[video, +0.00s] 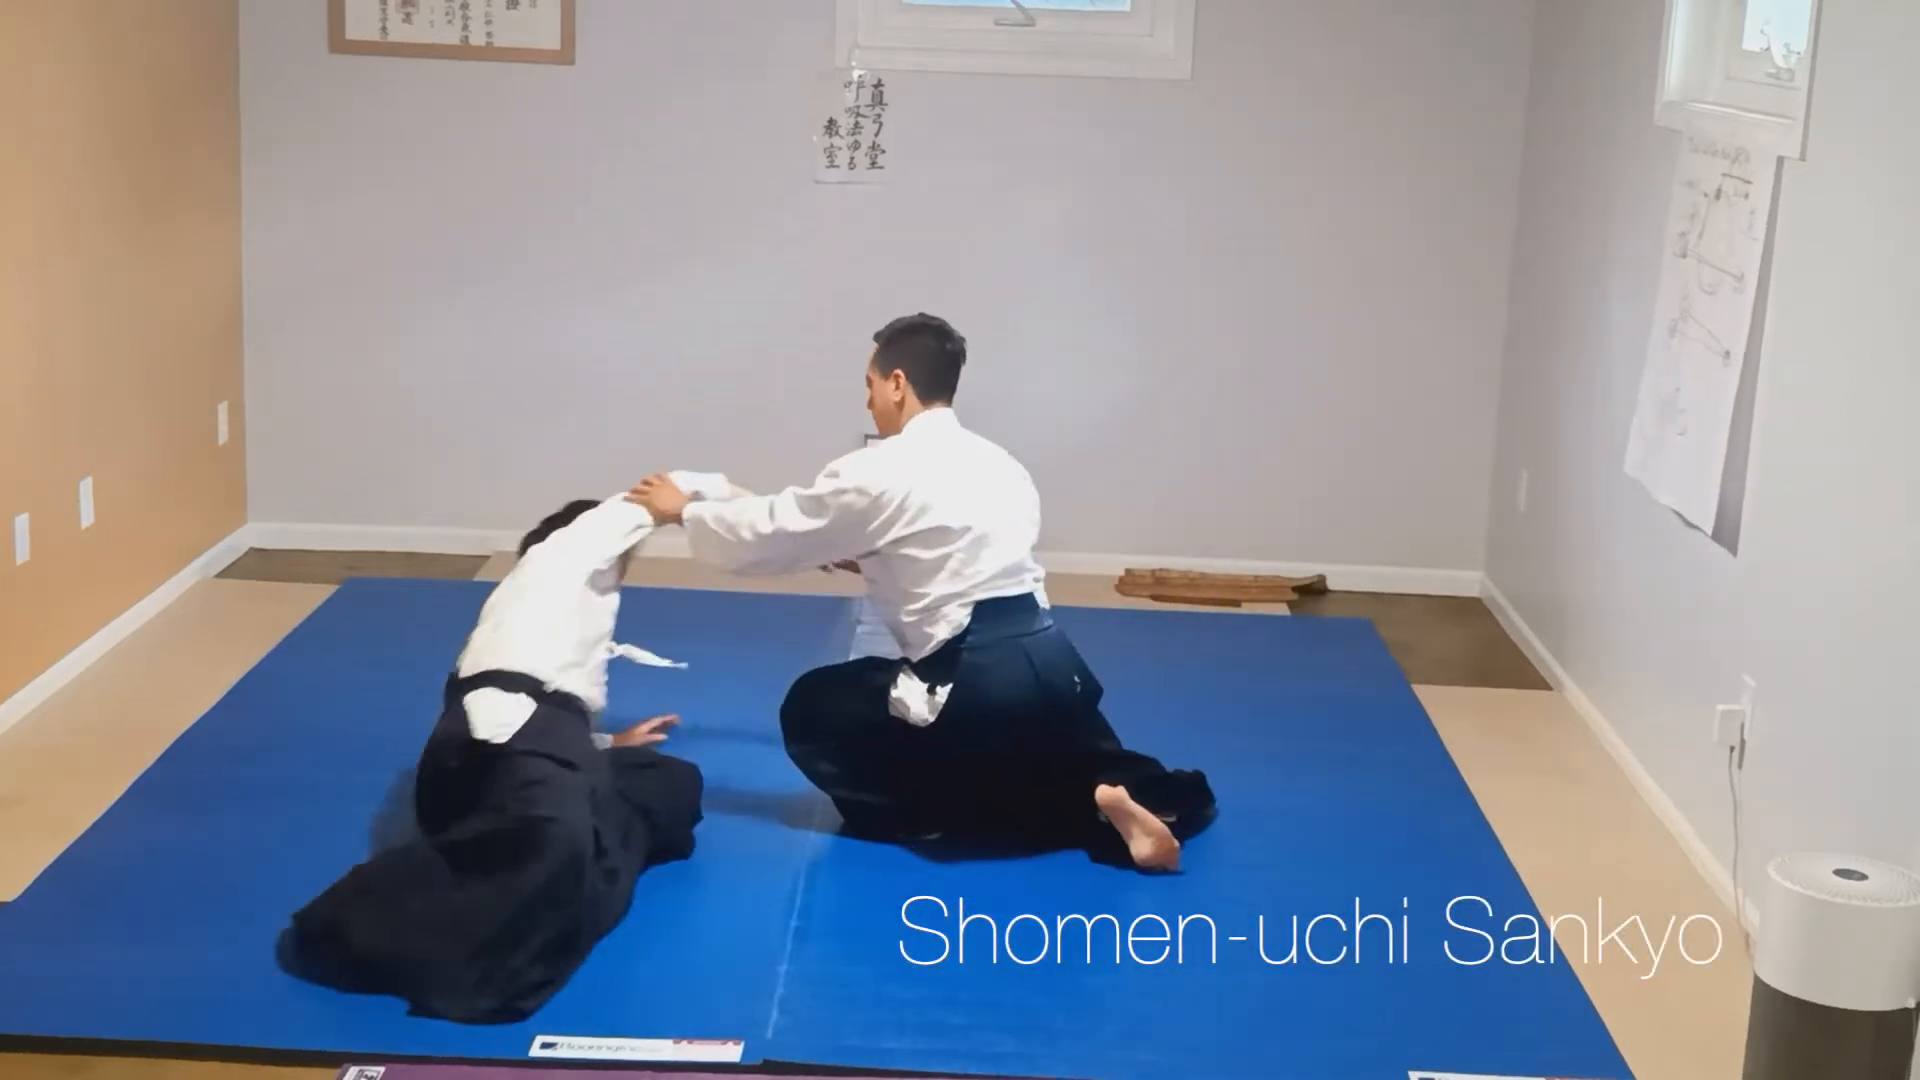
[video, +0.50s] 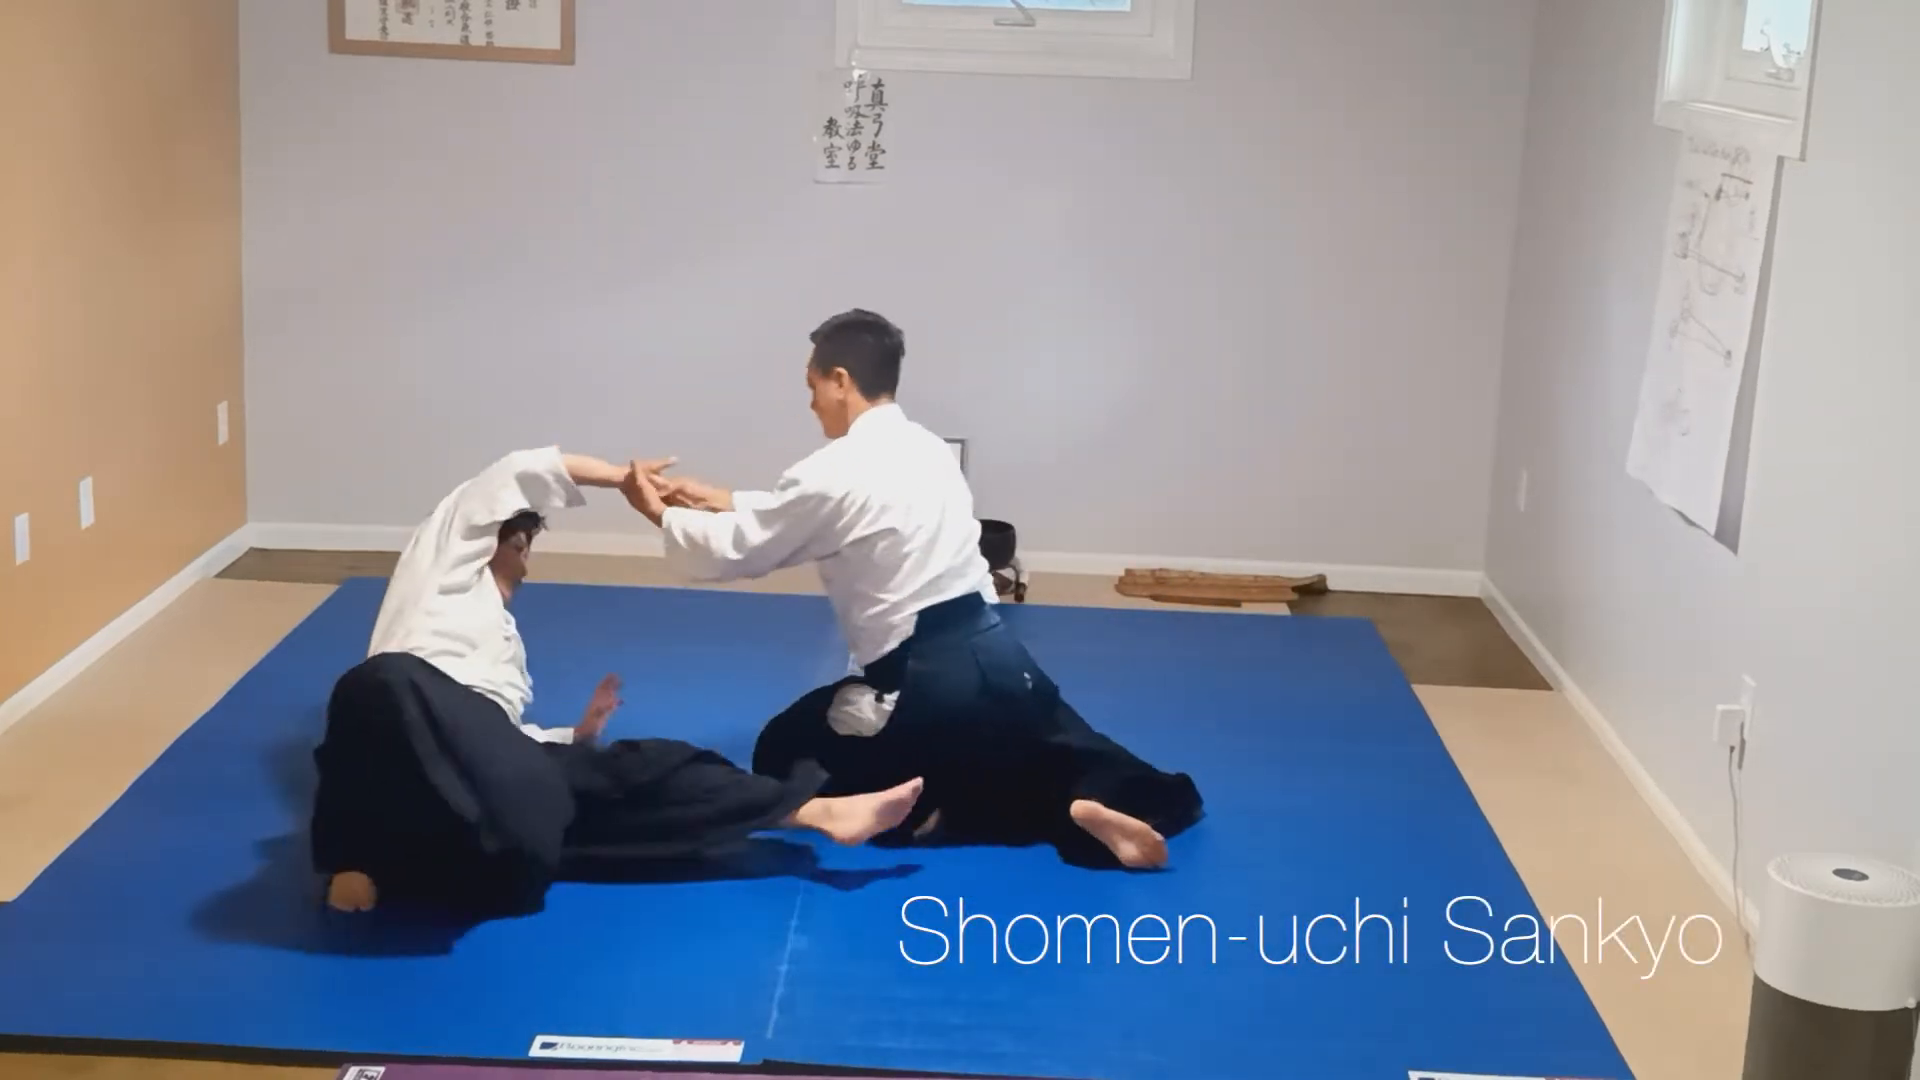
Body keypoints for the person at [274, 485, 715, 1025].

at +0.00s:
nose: (623, 564)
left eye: (623, 555)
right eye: (617, 546)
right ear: (582, 531)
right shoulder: (562, 554)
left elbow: (540, 719)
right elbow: (666, 494)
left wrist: (614, 743)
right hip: (516, 721)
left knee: (673, 781)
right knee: (553, 842)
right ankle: (344, 932)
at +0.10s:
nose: (575, 576)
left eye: (576, 567)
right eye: (570, 559)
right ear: (533, 539)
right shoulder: (516, 553)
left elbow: (515, 732)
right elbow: (621, 492)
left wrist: (585, 744)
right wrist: (702, 504)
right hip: (477, 713)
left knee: (672, 776)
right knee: (550, 795)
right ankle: (371, 917)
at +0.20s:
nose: (543, 573)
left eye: (541, 561)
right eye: (534, 552)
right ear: (505, 522)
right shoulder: (486, 536)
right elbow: (599, 490)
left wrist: (580, 742)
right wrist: (693, 504)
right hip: (471, 705)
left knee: (666, 772)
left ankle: (634, 864)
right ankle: (371, 892)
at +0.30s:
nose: (532, 553)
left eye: (533, 542)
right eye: (521, 536)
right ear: (482, 526)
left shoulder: (500, 645)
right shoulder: (460, 537)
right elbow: (552, 484)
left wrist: (577, 742)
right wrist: (655, 487)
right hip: (456, 694)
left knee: (665, 759)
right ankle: (353, 866)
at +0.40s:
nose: (525, 562)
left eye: (528, 548)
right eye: (517, 545)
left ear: (513, 548)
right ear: (485, 532)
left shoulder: (501, 638)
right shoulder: (450, 539)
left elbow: (503, 742)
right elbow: (542, 473)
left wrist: (576, 736)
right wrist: (644, 483)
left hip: (492, 744)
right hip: (426, 698)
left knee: (664, 753)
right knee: (537, 836)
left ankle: (787, 829)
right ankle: (372, 873)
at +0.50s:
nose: (528, 560)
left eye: (530, 546)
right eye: (521, 543)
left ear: (512, 551)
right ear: (488, 535)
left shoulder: (500, 641)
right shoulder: (445, 548)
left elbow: (503, 737)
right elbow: (523, 466)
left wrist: (577, 736)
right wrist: (623, 479)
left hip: (499, 771)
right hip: (419, 742)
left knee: (653, 767)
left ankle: (822, 814)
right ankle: (362, 866)